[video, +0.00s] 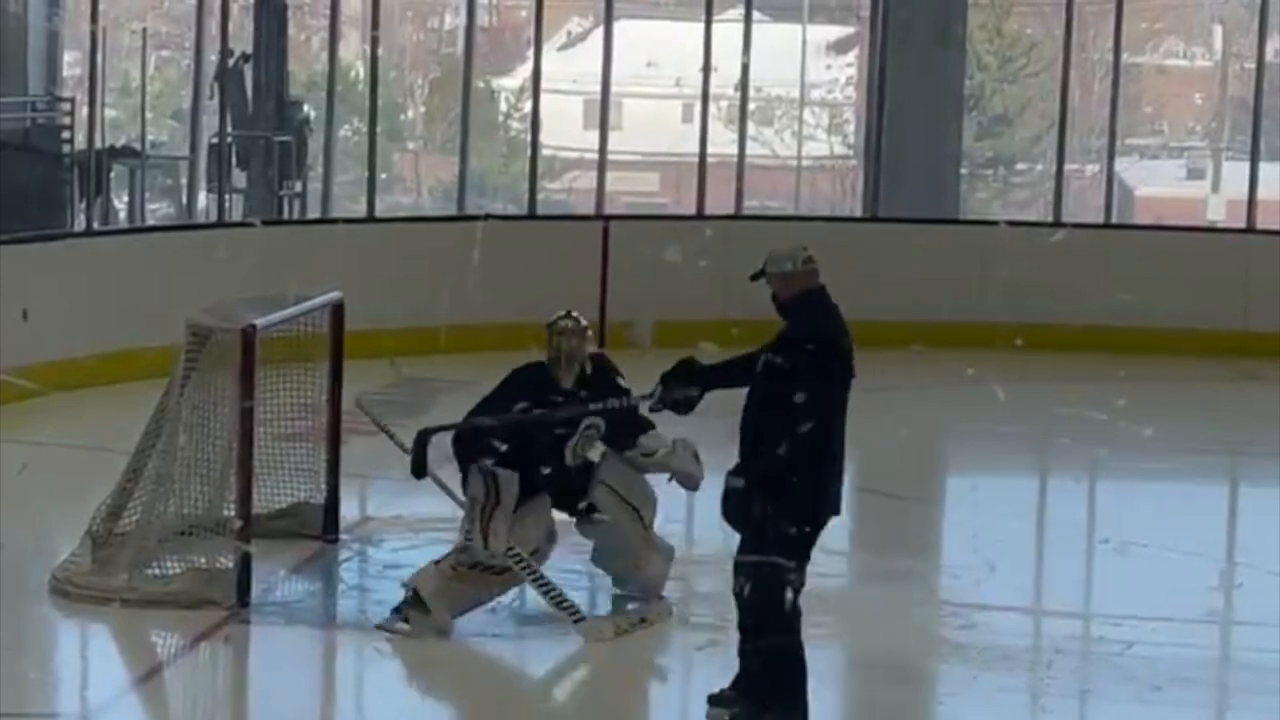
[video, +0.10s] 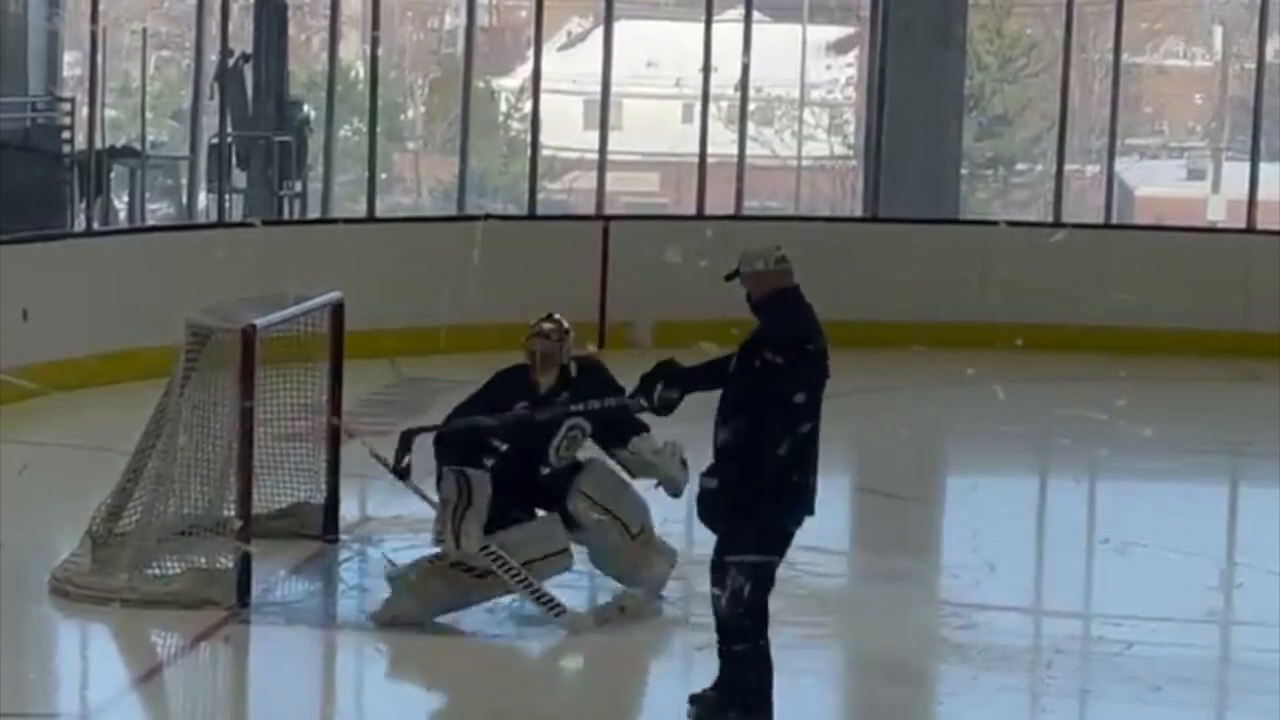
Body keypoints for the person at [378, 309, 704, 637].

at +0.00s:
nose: (568, 347)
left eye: (577, 339)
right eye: (561, 339)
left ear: (589, 344)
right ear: (549, 343)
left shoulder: (604, 381)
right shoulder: (527, 380)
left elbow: (631, 433)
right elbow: (473, 427)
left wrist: (669, 455)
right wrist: (481, 468)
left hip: (581, 475)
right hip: (525, 476)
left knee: (627, 517)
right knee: (520, 548)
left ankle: (639, 594)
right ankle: (428, 602)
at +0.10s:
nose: (542, 347)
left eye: (551, 340)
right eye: (536, 339)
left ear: (567, 346)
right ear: (526, 344)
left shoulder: (589, 375)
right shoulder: (508, 383)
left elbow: (624, 427)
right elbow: (454, 430)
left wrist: (656, 460)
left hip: (568, 479)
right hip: (514, 481)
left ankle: (647, 570)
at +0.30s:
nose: (481, 358)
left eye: (487, 351)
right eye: (472, 351)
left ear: (499, 357)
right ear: (457, 359)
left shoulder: (526, 386)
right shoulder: (440, 409)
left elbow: (563, 438)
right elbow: (387, 455)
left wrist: (592, 480)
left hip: (516, 493)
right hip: (454, 504)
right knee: (489, 577)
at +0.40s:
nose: (418, 381)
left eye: (427, 373)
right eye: (412, 373)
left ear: (446, 372)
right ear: (405, 374)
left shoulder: (483, 391)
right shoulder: (394, 414)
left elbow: (518, 437)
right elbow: (347, 452)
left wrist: (539, 484)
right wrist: (320, 507)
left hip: (481, 491)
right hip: (418, 504)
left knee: (520, 541)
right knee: (444, 579)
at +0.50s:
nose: (374, 381)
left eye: (383, 374)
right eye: (368, 373)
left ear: (401, 373)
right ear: (359, 374)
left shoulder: (441, 392)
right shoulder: (349, 414)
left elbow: (478, 445)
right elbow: (307, 466)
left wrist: (491, 487)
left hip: (439, 495)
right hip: (380, 508)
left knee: (484, 551)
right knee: (410, 580)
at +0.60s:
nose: (338, 384)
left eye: (347, 373)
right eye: (331, 374)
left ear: (363, 371)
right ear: (322, 373)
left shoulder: (403, 392)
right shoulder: (312, 412)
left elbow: (442, 449)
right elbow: (265, 470)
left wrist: (450, 496)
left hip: (400, 499)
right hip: (340, 508)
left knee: (447, 556)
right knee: (369, 575)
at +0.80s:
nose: (279, 375)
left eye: (289, 365)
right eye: (273, 365)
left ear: (306, 364)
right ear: (265, 366)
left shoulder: (344, 394)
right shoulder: (250, 410)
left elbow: (380, 452)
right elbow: (210, 461)